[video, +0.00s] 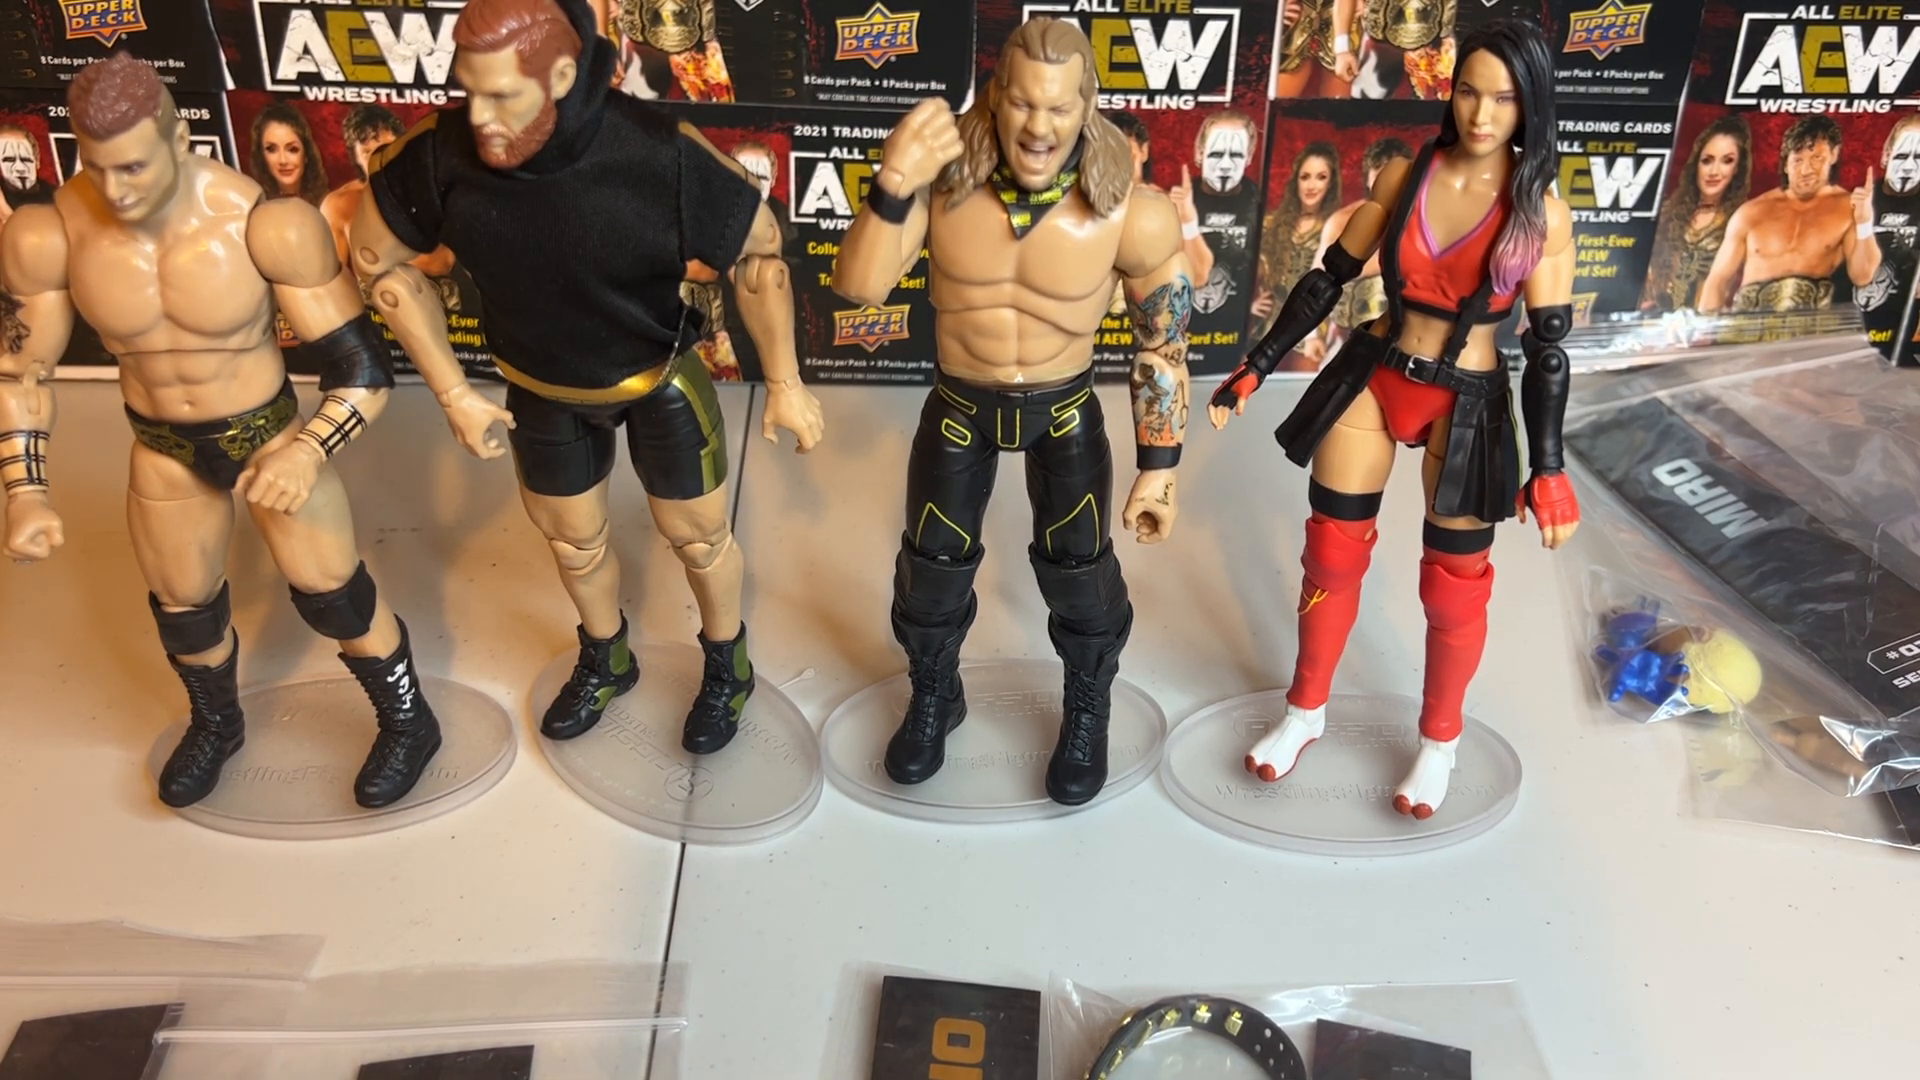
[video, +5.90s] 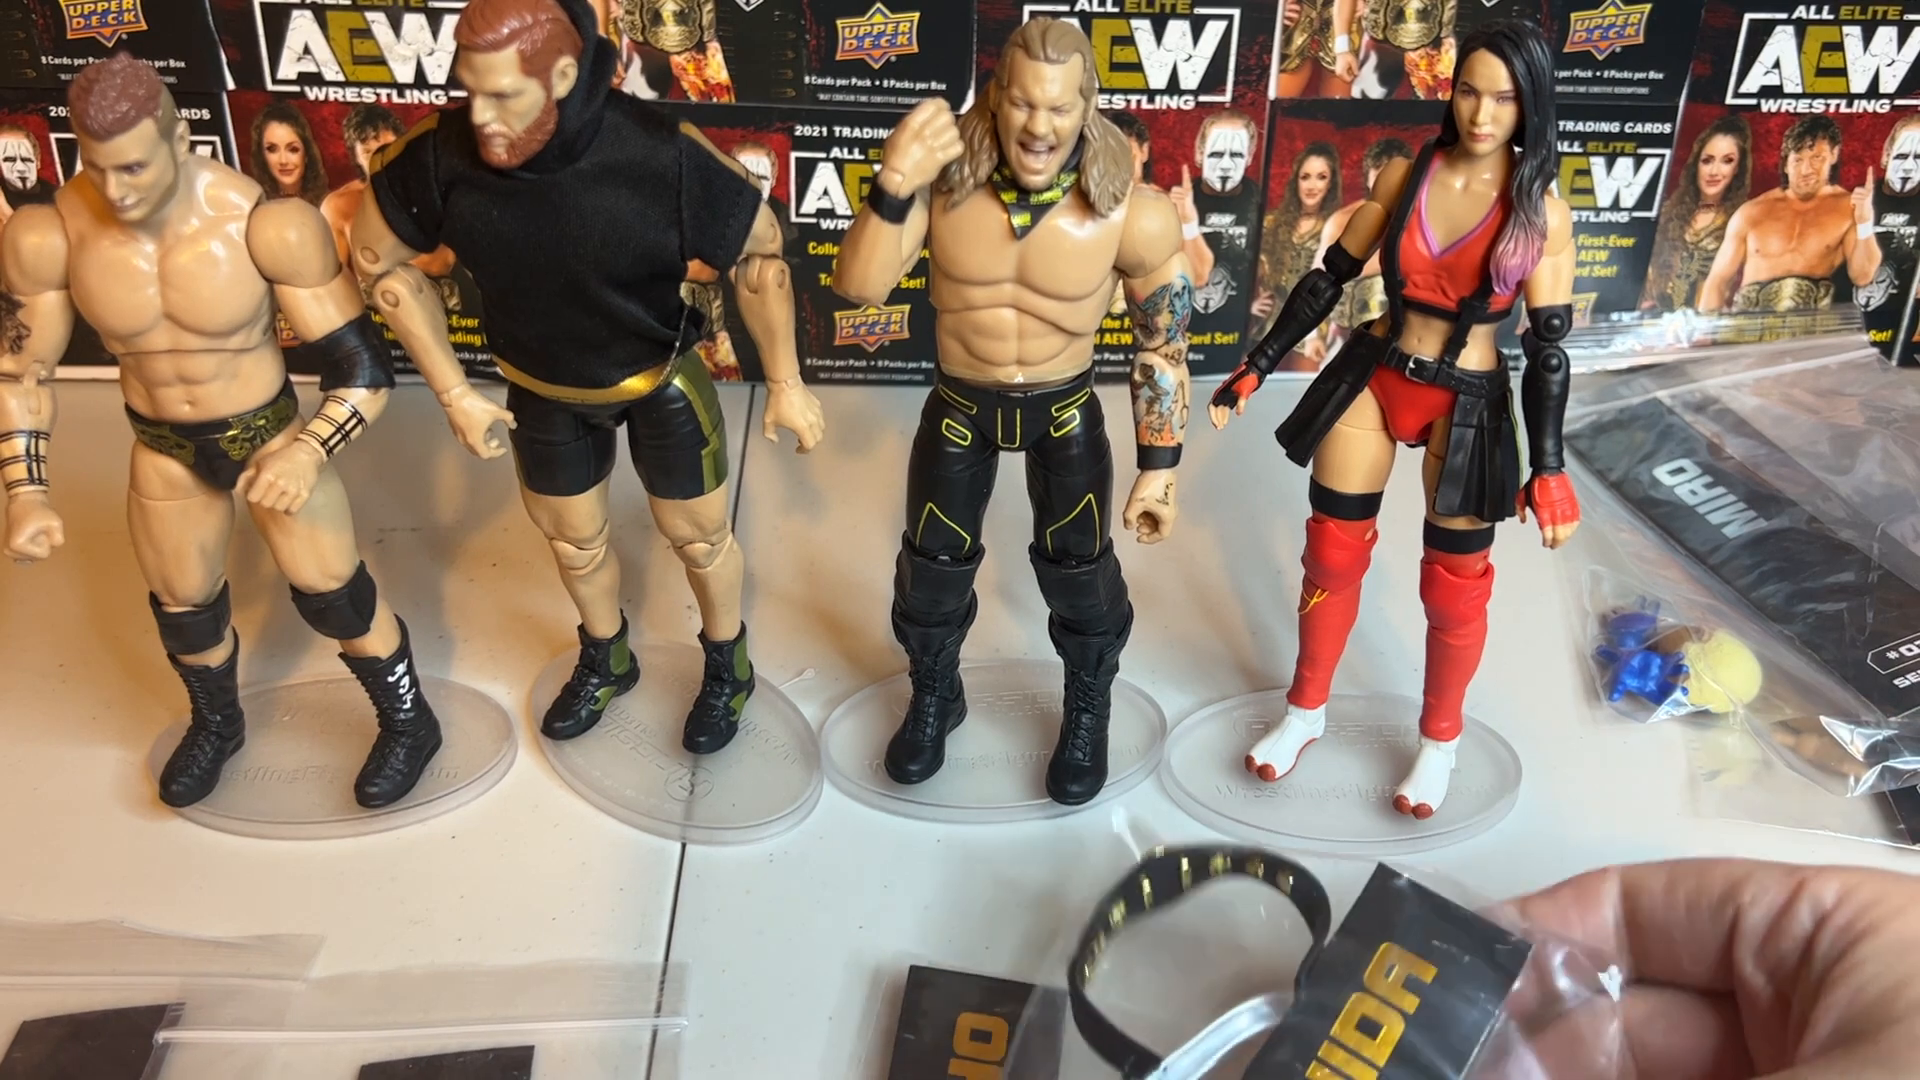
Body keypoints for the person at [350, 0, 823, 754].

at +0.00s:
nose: (481, 119)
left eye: (503, 96)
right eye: (468, 95)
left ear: (564, 76)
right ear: (456, 81)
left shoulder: (653, 155)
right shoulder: (443, 159)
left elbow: (757, 246)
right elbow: (372, 251)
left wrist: (784, 381)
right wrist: (452, 392)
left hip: (661, 382)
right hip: (542, 395)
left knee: (700, 540)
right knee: (575, 546)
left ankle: (726, 666)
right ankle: (607, 660)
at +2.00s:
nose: (481, 119)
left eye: (503, 96)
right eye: (468, 95)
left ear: (564, 76)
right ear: (457, 81)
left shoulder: (653, 155)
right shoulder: (443, 159)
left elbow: (757, 245)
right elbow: (372, 251)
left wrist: (784, 381)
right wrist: (452, 392)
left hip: (661, 382)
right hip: (542, 394)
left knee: (700, 540)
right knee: (575, 546)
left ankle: (726, 666)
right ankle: (607, 661)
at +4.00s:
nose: (481, 119)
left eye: (503, 96)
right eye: (468, 95)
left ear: (564, 76)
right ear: (456, 81)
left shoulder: (653, 155)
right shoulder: (442, 158)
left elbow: (757, 247)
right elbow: (372, 252)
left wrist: (784, 382)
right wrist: (452, 392)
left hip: (661, 382)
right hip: (542, 394)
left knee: (700, 541)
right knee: (575, 545)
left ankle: (726, 667)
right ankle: (607, 661)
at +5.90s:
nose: (482, 118)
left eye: (503, 96)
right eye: (469, 95)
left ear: (564, 76)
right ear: (457, 81)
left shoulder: (654, 155)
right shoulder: (443, 159)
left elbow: (758, 247)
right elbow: (372, 252)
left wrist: (785, 381)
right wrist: (453, 392)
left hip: (662, 381)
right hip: (544, 393)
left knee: (700, 539)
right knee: (576, 546)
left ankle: (726, 666)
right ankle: (607, 660)